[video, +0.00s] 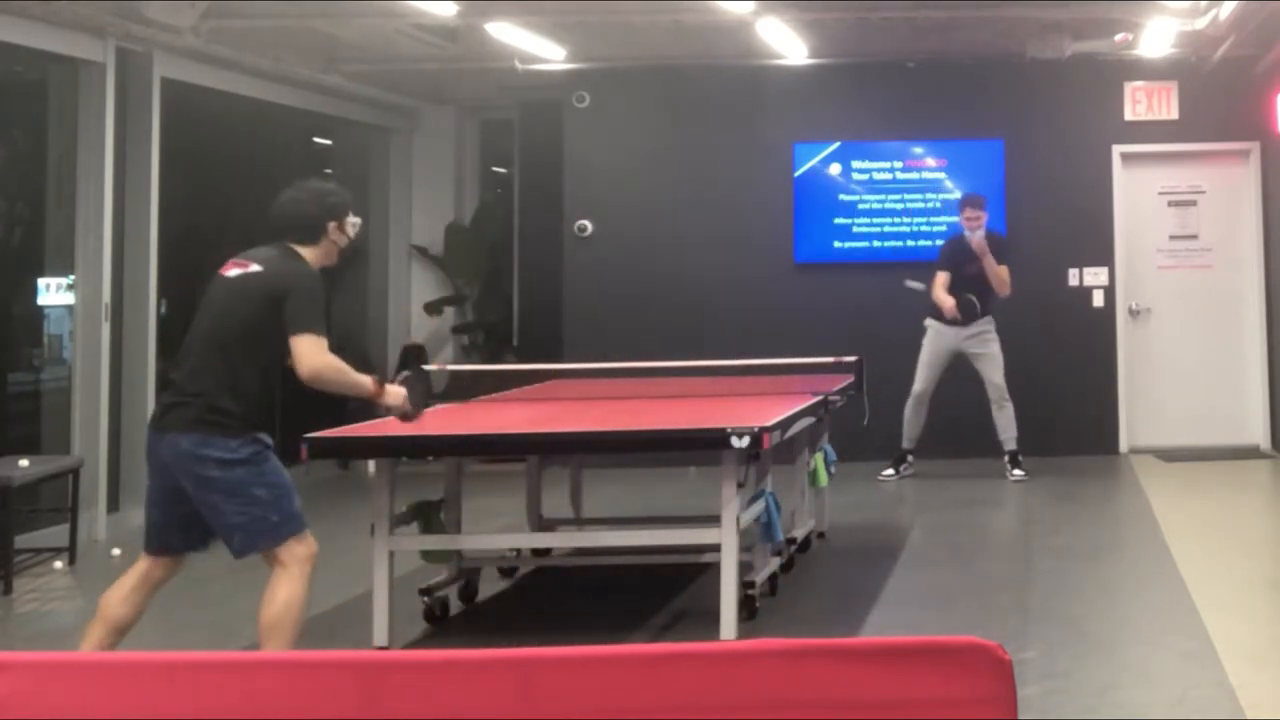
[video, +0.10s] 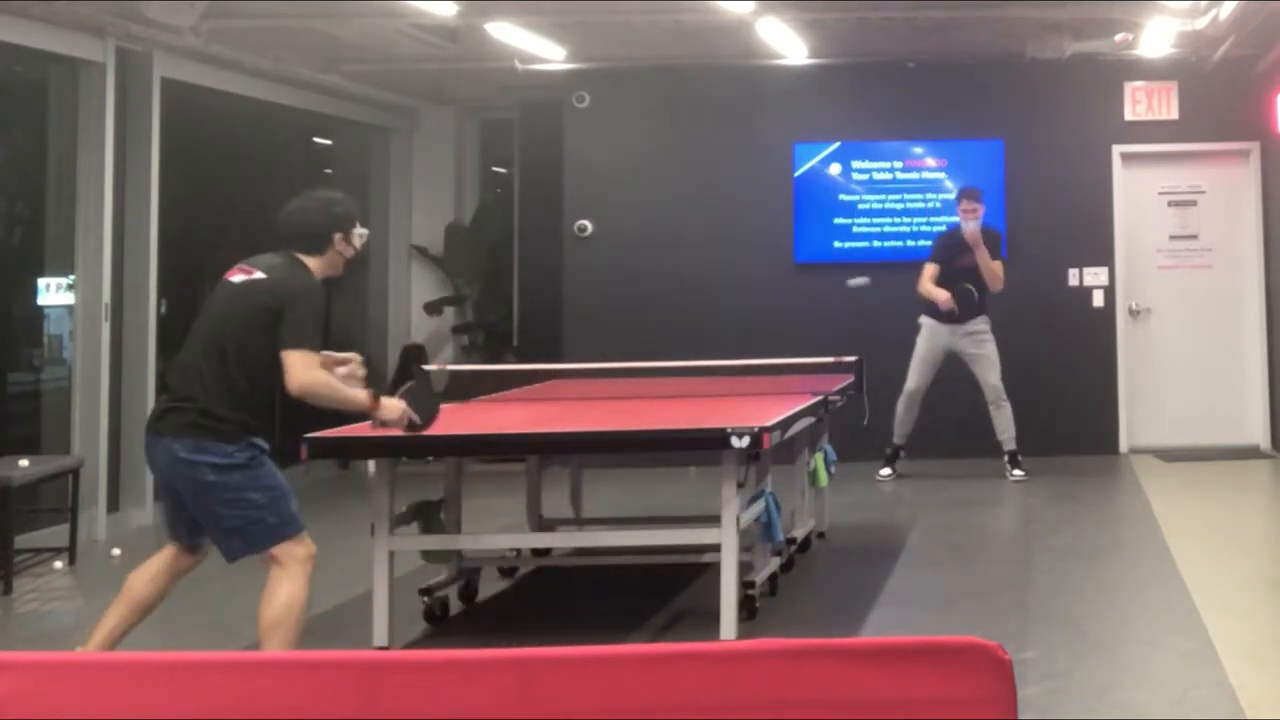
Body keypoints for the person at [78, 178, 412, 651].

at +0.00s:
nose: (347, 238)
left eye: (349, 226)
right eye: (345, 226)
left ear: (291, 224)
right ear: (322, 227)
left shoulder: (243, 263)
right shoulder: (297, 274)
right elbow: (313, 365)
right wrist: (378, 390)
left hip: (169, 434)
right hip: (221, 439)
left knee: (158, 560)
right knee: (295, 553)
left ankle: (79, 669)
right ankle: (271, 689)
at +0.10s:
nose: (354, 250)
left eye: (356, 239)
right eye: (352, 238)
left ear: (297, 233)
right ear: (332, 239)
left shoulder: (253, 269)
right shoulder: (298, 283)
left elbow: (252, 356)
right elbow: (302, 379)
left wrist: (321, 364)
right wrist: (373, 404)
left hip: (168, 437)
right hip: (218, 444)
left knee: (184, 548)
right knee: (294, 555)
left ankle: (89, 654)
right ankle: (273, 689)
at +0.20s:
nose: (359, 258)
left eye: (360, 247)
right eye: (357, 246)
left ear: (302, 243)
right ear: (337, 249)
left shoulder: (260, 275)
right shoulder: (295, 295)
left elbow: (281, 359)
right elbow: (282, 391)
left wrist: (351, 361)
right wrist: (357, 425)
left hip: (168, 441)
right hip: (212, 449)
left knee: (179, 551)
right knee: (297, 553)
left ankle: (98, 662)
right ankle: (274, 689)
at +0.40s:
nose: (369, 286)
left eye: (371, 276)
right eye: (368, 276)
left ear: (315, 267)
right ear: (345, 276)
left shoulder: (274, 297)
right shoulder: (290, 319)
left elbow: (303, 331)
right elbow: (245, 410)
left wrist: (360, 331)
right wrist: (295, 461)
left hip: (188, 457)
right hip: (218, 463)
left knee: (217, 551)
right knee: (308, 564)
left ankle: (119, 643)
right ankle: (273, 686)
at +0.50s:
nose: (357, 289)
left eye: (360, 278)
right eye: (357, 277)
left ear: (314, 265)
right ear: (335, 269)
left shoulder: (263, 299)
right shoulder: (293, 315)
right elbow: (265, 396)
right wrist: (319, 421)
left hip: (194, 465)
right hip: (235, 470)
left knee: (221, 545)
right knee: (317, 571)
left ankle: (177, 656)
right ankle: (276, 684)